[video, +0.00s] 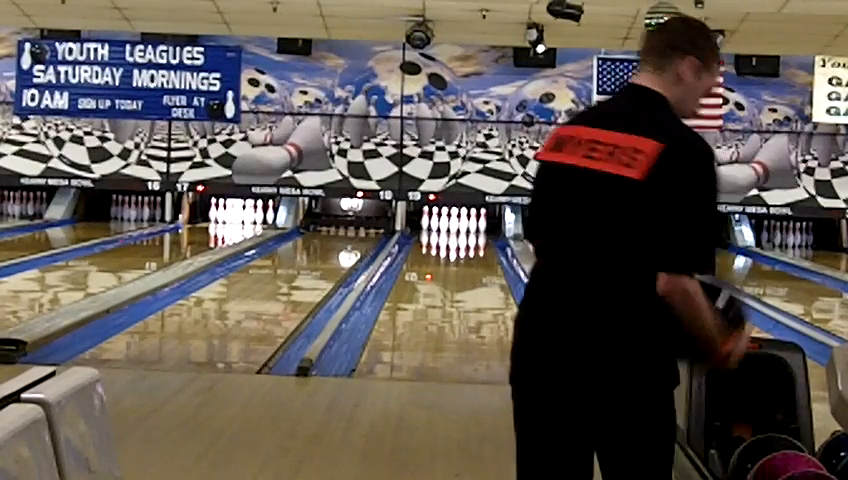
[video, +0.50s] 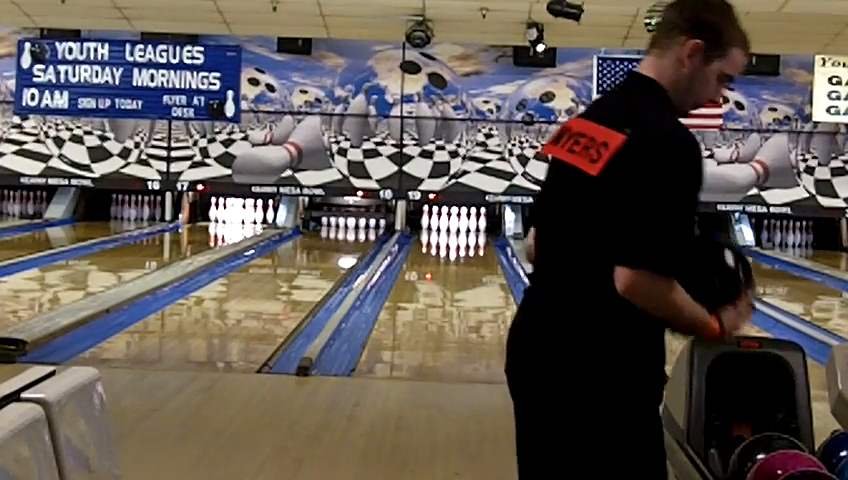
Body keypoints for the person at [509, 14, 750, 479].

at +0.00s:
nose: (712, 89)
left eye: (715, 77)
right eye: (711, 74)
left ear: (646, 62)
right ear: (686, 66)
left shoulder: (573, 127)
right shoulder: (685, 149)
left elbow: (538, 233)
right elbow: (673, 280)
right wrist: (721, 342)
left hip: (546, 337)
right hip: (629, 350)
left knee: (547, 475)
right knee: (638, 476)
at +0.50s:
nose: (720, 96)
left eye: (728, 84)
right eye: (723, 79)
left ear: (683, 51)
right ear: (691, 52)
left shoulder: (593, 114)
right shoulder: (669, 142)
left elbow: (539, 245)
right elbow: (637, 278)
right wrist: (710, 326)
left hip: (542, 340)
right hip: (611, 358)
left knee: (549, 477)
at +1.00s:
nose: (777, 94)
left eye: (787, 82)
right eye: (779, 76)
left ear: (737, 48)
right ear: (740, 48)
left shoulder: (670, 107)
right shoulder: (682, 129)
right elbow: (612, 282)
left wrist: (729, 299)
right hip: (619, 363)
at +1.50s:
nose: (793, 78)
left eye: (800, 63)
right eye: (792, 59)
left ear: (743, 42)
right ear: (748, 41)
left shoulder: (690, 111)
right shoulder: (692, 127)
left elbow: (712, 261)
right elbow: (605, 275)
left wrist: (815, 310)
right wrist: (704, 354)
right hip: (625, 368)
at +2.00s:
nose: (754, 67)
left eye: (762, 55)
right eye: (759, 52)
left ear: (684, 26)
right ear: (734, 40)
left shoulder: (625, 105)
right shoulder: (718, 146)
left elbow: (586, 248)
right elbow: (717, 302)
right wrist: (788, 278)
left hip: (600, 352)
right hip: (679, 368)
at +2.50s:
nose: (763, 50)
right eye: (765, 42)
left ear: (685, 30)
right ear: (760, 45)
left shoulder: (623, 128)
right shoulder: (772, 147)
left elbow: (573, 264)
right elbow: (791, 301)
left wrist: (631, 291)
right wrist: (835, 252)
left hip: (628, 379)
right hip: (729, 385)